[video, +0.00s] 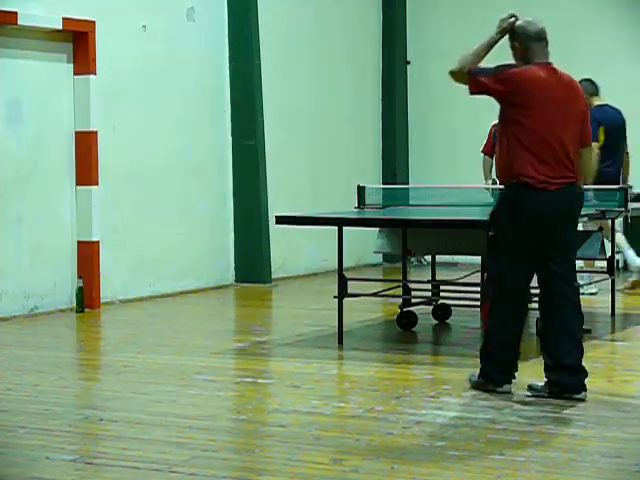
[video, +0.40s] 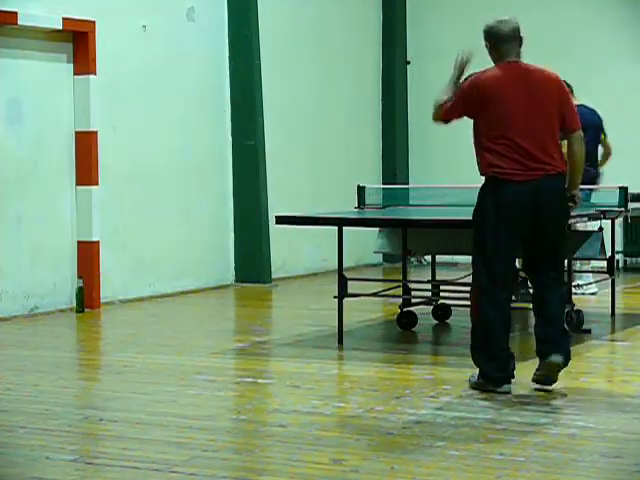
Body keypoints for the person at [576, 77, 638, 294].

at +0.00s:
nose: (578, 100)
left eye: (579, 96)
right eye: (579, 95)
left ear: (584, 95)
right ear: (597, 93)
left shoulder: (592, 115)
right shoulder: (617, 113)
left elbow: (593, 152)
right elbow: (624, 151)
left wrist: (585, 181)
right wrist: (624, 179)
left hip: (596, 183)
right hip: (615, 182)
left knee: (587, 226)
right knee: (609, 223)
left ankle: (586, 277)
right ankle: (631, 258)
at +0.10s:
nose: (572, 97)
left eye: (572, 93)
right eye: (573, 92)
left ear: (577, 93)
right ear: (590, 91)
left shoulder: (575, 114)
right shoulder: (608, 113)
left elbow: (568, 150)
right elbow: (626, 149)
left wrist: (566, 175)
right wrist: (630, 180)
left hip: (578, 182)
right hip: (603, 183)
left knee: (578, 228)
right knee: (597, 224)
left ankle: (584, 279)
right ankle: (616, 260)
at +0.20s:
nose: (566, 99)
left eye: (566, 95)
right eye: (567, 94)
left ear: (571, 93)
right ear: (583, 91)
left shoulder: (569, 114)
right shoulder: (603, 113)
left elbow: (565, 150)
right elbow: (624, 147)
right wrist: (628, 177)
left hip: (573, 181)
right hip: (597, 181)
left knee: (576, 228)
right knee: (589, 226)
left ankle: (585, 279)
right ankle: (595, 272)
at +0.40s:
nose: (561, 99)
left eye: (561, 94)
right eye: (563, 93)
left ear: (565, 93)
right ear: (573, 92)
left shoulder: (564, 116)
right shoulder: (593, 114)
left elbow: (563, 149)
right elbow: (608, 149)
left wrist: (564, 170)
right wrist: (598, 166)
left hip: (573, 175)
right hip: (591, 174)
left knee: (572, 224)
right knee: (587, 222)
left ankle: (582, 276)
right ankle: (585, 273)